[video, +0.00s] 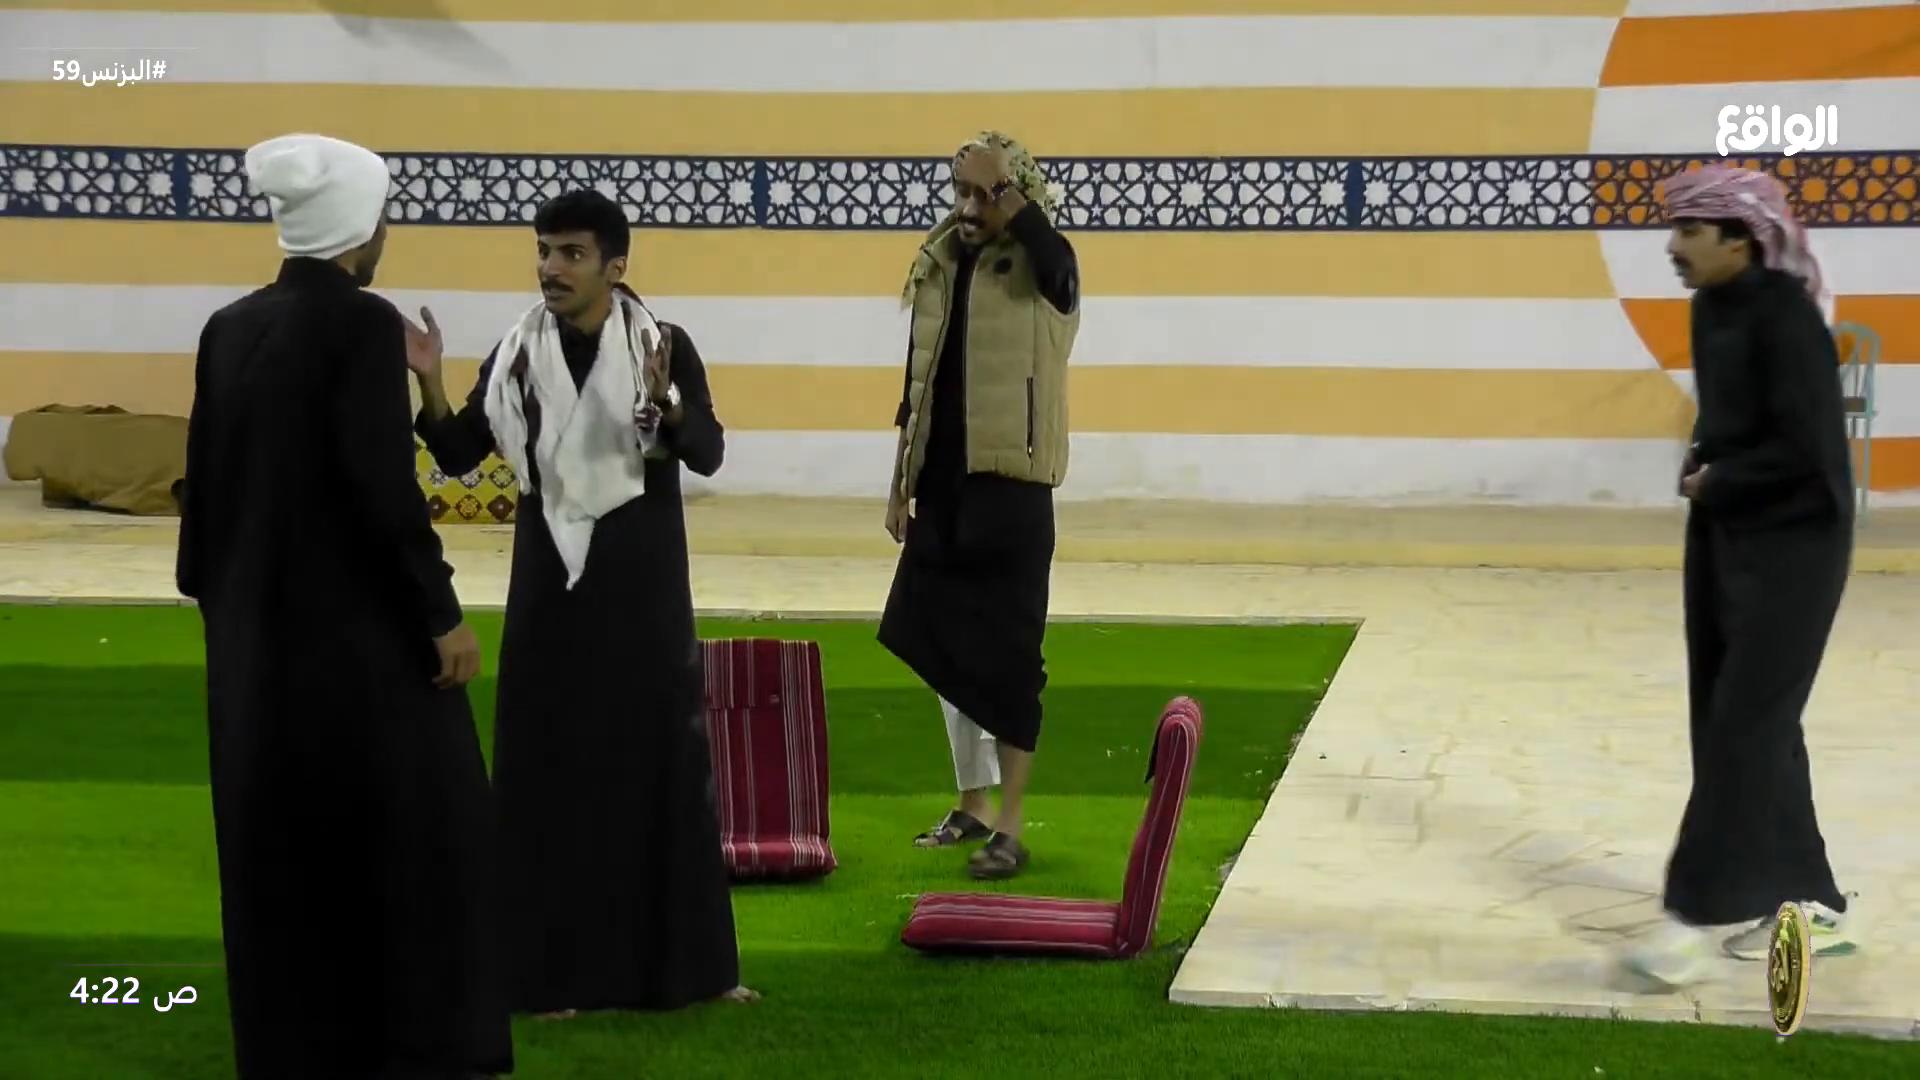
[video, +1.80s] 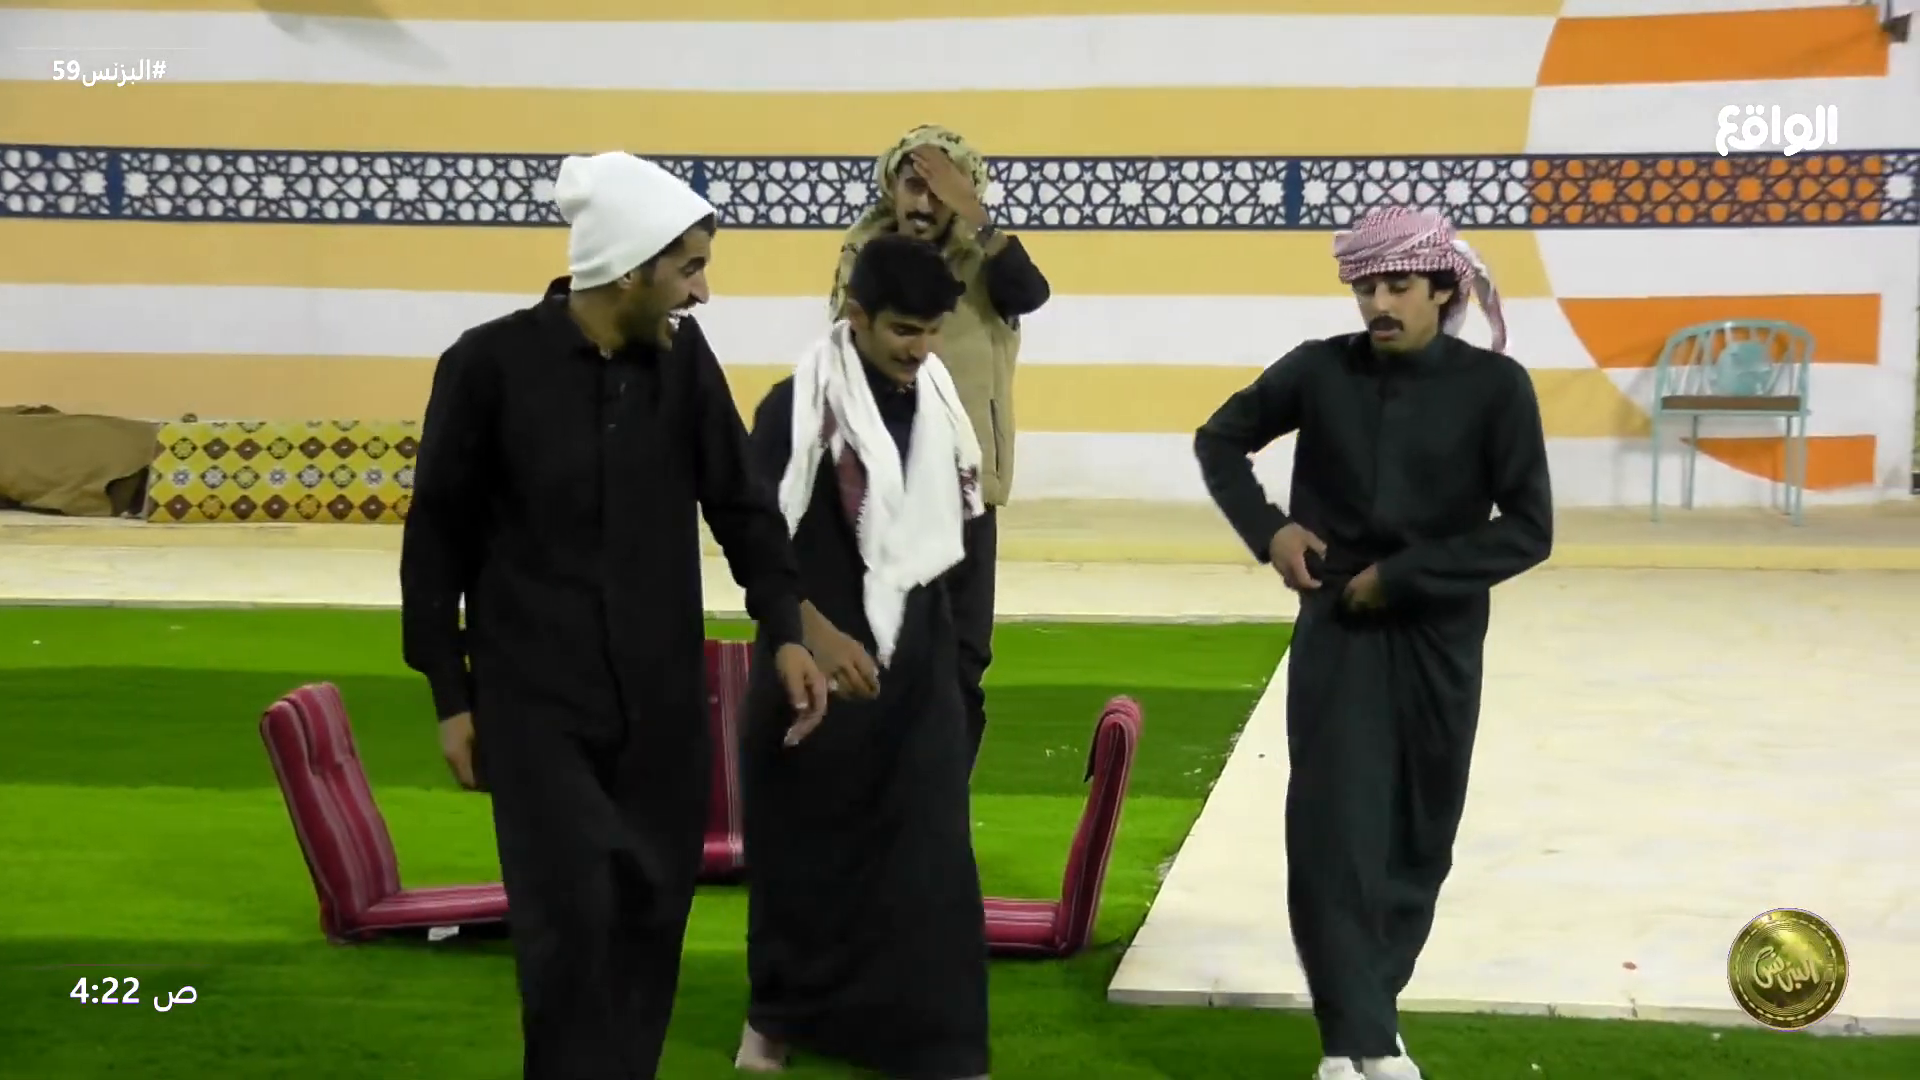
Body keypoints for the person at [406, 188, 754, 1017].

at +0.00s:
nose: (552, 268)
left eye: (571, 254)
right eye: (545, 252)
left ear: (614, 262)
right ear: (538, 257)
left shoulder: (661, 345)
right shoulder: (520, 348)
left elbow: (709, 456)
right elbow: (459, 451)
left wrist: (672, 407)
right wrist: (430, 381)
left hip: (641, 585)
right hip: (548, 584)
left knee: (658, 766)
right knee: (546, 766)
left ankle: (692, 968)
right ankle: (558, 973)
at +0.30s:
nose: (576, 267)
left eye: (595, 253)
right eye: (566, 251)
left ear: (630, 263)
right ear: (551, 258)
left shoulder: (672, 346)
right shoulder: (525, 347)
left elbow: (692, 461)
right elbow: (502, 466)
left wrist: (625, 433)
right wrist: (556, 437)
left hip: (648, 587)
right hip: (554, 585)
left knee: (663, 765)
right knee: (553, 767)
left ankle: (689, 967)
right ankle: (554, 974)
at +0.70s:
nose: (661, 270)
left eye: (678, 255)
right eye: (646, 255)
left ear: (707, 262)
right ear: (630, 258)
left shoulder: (741, 345)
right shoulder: (597, 347)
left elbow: (791, 450)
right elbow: (552, 467)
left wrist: (758, 479)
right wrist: (630, 524)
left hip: (712, 591)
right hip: (620, 592)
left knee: (709, 769)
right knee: (609, 770)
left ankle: (700, 968)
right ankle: (593, 969)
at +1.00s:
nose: (750, 279)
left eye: (767, 265)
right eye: (733, 263)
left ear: (786, 272)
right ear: (705, 266)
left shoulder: (796, 353)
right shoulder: (658, 354)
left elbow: (824, 443)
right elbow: (615, 473)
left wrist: (835, 492)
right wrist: (593, 588)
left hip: (757, 600)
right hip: (671, 602)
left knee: (753, 779)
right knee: (680, 781)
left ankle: (742, 972)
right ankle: (685, 983)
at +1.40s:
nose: (838, 327)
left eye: (848, 311)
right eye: (820, 314)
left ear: (860, 301)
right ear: (775, 302)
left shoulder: (860, 374)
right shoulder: (726, 394)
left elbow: (886, 478)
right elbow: (678, 536)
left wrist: (913, 555)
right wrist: (686, 667)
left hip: (831, 636)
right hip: (752, 641)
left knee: (816, 813)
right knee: (786, 813)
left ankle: (719, 944)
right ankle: (795, 1020)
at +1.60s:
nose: (869, 331)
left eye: (880, 314)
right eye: (851, 316)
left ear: (892, 304)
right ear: (805, 300)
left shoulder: (888, 367)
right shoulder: (750, 389)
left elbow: (905, 493)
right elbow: (726, 527)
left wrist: (907, 586)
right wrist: (760, 634)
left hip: (879, 633)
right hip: (789, 638)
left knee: (890, 814)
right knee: (783, 825)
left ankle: (849, 992)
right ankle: (775, 1020)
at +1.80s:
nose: (922, 347)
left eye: (934, 331)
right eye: (904, 330)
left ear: (943, 324)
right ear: (854, 314)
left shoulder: (942, 410)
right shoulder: (796, 406)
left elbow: (972, 548)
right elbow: (754, 538)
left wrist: (967, 666)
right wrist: (809, 628)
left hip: (922, 674)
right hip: (813, 676)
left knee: (931, 860)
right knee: (799, 851)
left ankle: (946, 1045)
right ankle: (774, 1016)